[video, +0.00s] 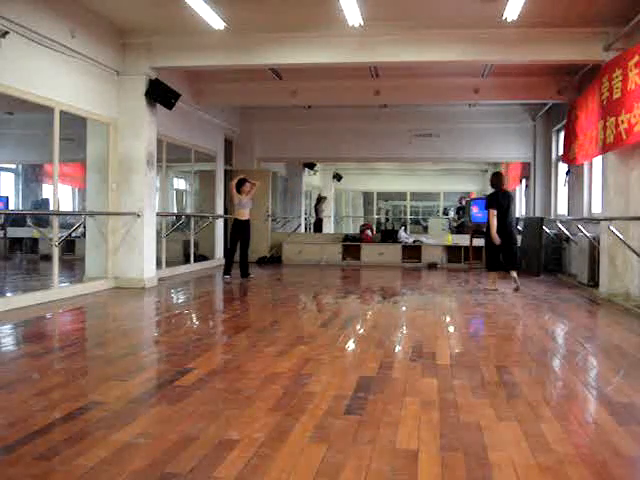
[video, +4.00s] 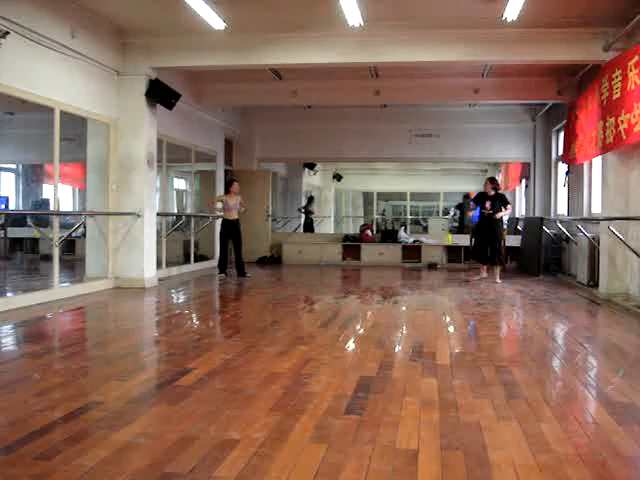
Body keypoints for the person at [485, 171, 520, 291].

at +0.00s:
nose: (491, 183)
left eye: (491, 180)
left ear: (492, 182)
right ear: (503, 181)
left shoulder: (492, 196)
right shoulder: (509, 195)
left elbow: (493, 216)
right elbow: (510, 214)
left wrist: (493, 232)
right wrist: (510, 228)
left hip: (496, 229)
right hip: (508, 230)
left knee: (493, 256)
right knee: (509, 255)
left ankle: (493, 283)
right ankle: (515, 277)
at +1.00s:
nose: (463, 193)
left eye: (463, 191)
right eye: (463, 190)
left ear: (464, 191)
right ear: (474, 188)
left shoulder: (469, 200)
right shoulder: (484, 197)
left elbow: (473, 214)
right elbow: (489, 211)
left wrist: (475, 231)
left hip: (479, 228)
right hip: (491, 227)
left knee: (475, 250)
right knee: (491, 251)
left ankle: (473, 274)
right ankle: (491, 275)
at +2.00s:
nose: (464, 193)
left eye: (463, 191)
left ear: (463, 192)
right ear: (473, 190)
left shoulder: (464, 203)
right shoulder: (481, 200)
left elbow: (464, 218)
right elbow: (489, 212)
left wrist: (461, 231)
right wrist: (488, 224)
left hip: (470, 229)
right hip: (482, 229)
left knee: (471, 250)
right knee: (481, 250)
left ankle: (475, 270)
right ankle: (476, 270)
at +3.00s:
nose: (470, 197)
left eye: (472, 195)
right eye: (469, 196)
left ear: (476, 195)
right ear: (467, 198)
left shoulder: (483, 202)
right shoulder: (467, 209)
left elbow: (497, 204)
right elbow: (465, 224)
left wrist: (506, 206)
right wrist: (458, 231)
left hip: (489, 227)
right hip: (478, 229)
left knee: (488, 248)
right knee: (479, 248)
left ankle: (490, 271)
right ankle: (482, 269)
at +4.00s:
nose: (485, 186)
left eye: (487, 184)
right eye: (485, 184)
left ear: (493, 185)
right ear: (485, 185)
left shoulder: (500, 196)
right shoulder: (481, 195)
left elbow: (508, 208)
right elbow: (472, 206)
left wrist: (501, 213)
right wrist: (470, 211)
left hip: (495, 226)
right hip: (483, 225)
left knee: (496, 249)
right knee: (482, 248)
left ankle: (497, 275)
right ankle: (483, 272)